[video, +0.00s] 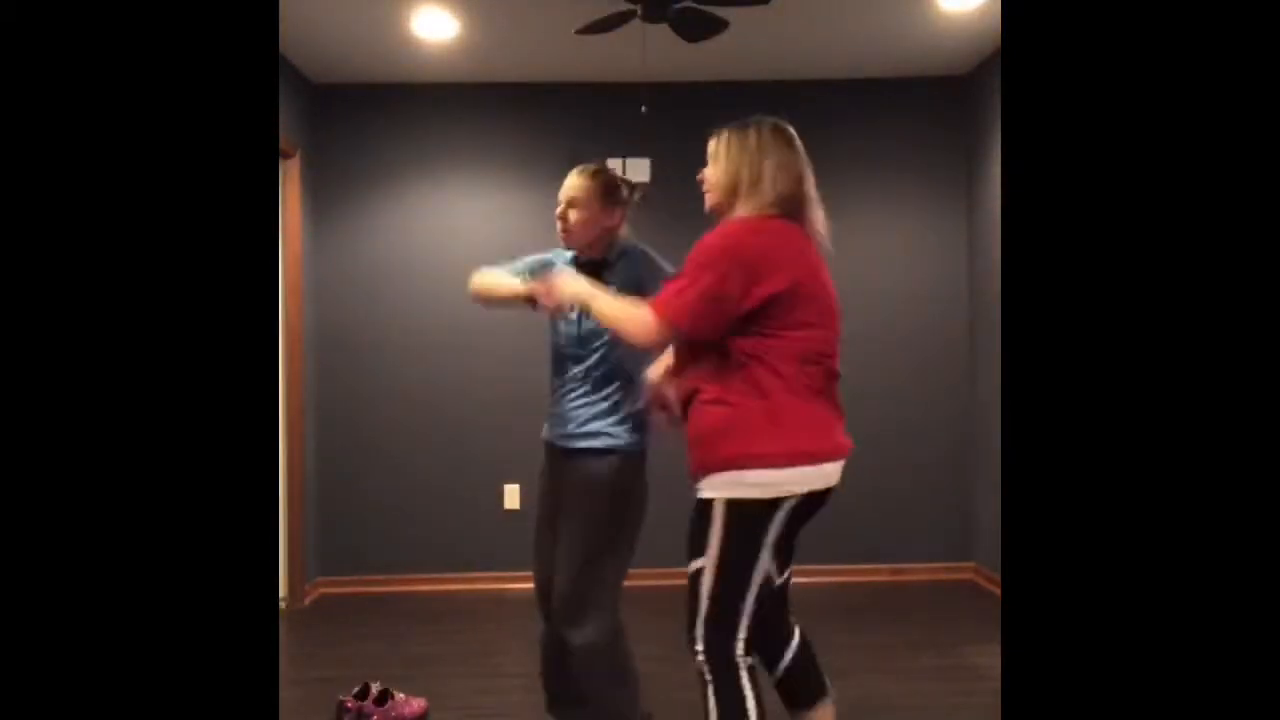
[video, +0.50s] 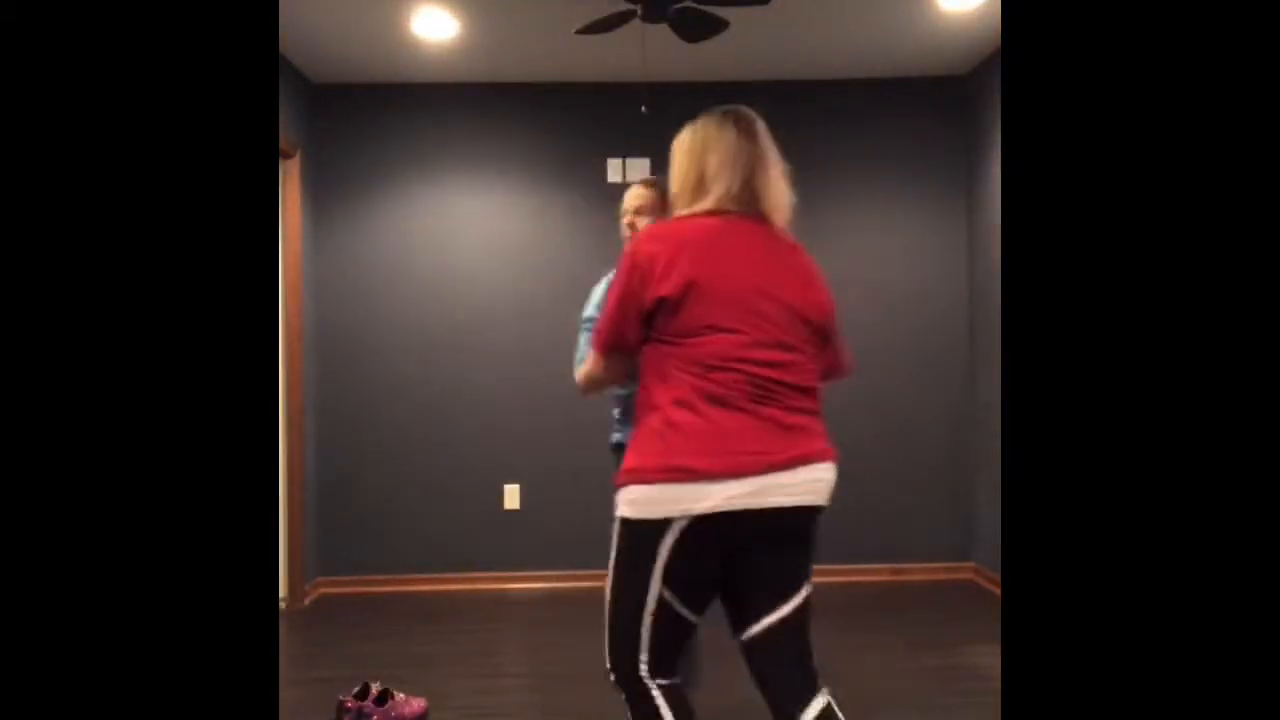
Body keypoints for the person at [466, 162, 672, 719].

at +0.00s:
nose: (561, 217)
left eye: (574, 208)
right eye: (560, 207)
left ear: (613, 216)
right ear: (563, 214)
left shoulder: (639, 270)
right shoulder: (562, 265)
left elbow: (696, 325)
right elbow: (480, 283)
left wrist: (666, 369)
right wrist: (531, 291)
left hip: (610, 459)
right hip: (562, 454)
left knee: (582, 603)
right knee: (552, 597)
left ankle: (614, 712)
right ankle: (568, 709)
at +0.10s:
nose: (560, 220)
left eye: (573, 211)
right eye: (559, 210)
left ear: (612, 218)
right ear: (558, 216)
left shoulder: (644, 274)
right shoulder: (554, 273)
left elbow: (684, 337)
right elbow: (502, 314)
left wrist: (676, 404)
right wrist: (564, 311)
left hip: (622, 452)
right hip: (560, 450)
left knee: (613, 585)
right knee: (556, 584)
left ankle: (639, 708)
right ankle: (568, 706)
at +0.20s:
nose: (570, 225)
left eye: (582, 215)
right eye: (568, 215)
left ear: (618, 222)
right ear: (567, 222)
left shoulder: (652, 278)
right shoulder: (558, 279)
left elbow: (683, 328)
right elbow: (537, 336)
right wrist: (593, 313)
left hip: (638, 454)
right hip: (571, 454)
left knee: (639, 588)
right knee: (558, 589)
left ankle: (663, 702)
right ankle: (560, 707)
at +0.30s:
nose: (587, 228)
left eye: (599, 218)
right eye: (584, 218)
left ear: (633, 225)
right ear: (581, 226)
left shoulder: (664, 281)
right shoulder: (573, 284)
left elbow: (690, 341)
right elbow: (564, 353)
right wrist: (630, 316)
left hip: (662, 447)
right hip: (596, 449)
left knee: (664, 582)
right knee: (582, 580)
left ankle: (660, 697)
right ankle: (564, 701)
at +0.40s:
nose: (607, 228)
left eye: (619, 218)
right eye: (603, 219)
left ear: (652, 222)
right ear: (600, 228)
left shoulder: (676, 284)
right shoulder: (593, 290)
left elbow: (699, 346)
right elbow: (576, 366)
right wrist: (634, 336)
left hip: (678, 438)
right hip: (621, 442)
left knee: (667, 579)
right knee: (640, 579)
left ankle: (655, 695)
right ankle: (602, 700)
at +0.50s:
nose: (633, 225)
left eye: (645, 214)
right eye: (627, 215)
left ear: (673, 212)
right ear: (616, 222)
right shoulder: (610, 283)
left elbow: (594, 371)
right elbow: (585, 370)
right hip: (634, 439)